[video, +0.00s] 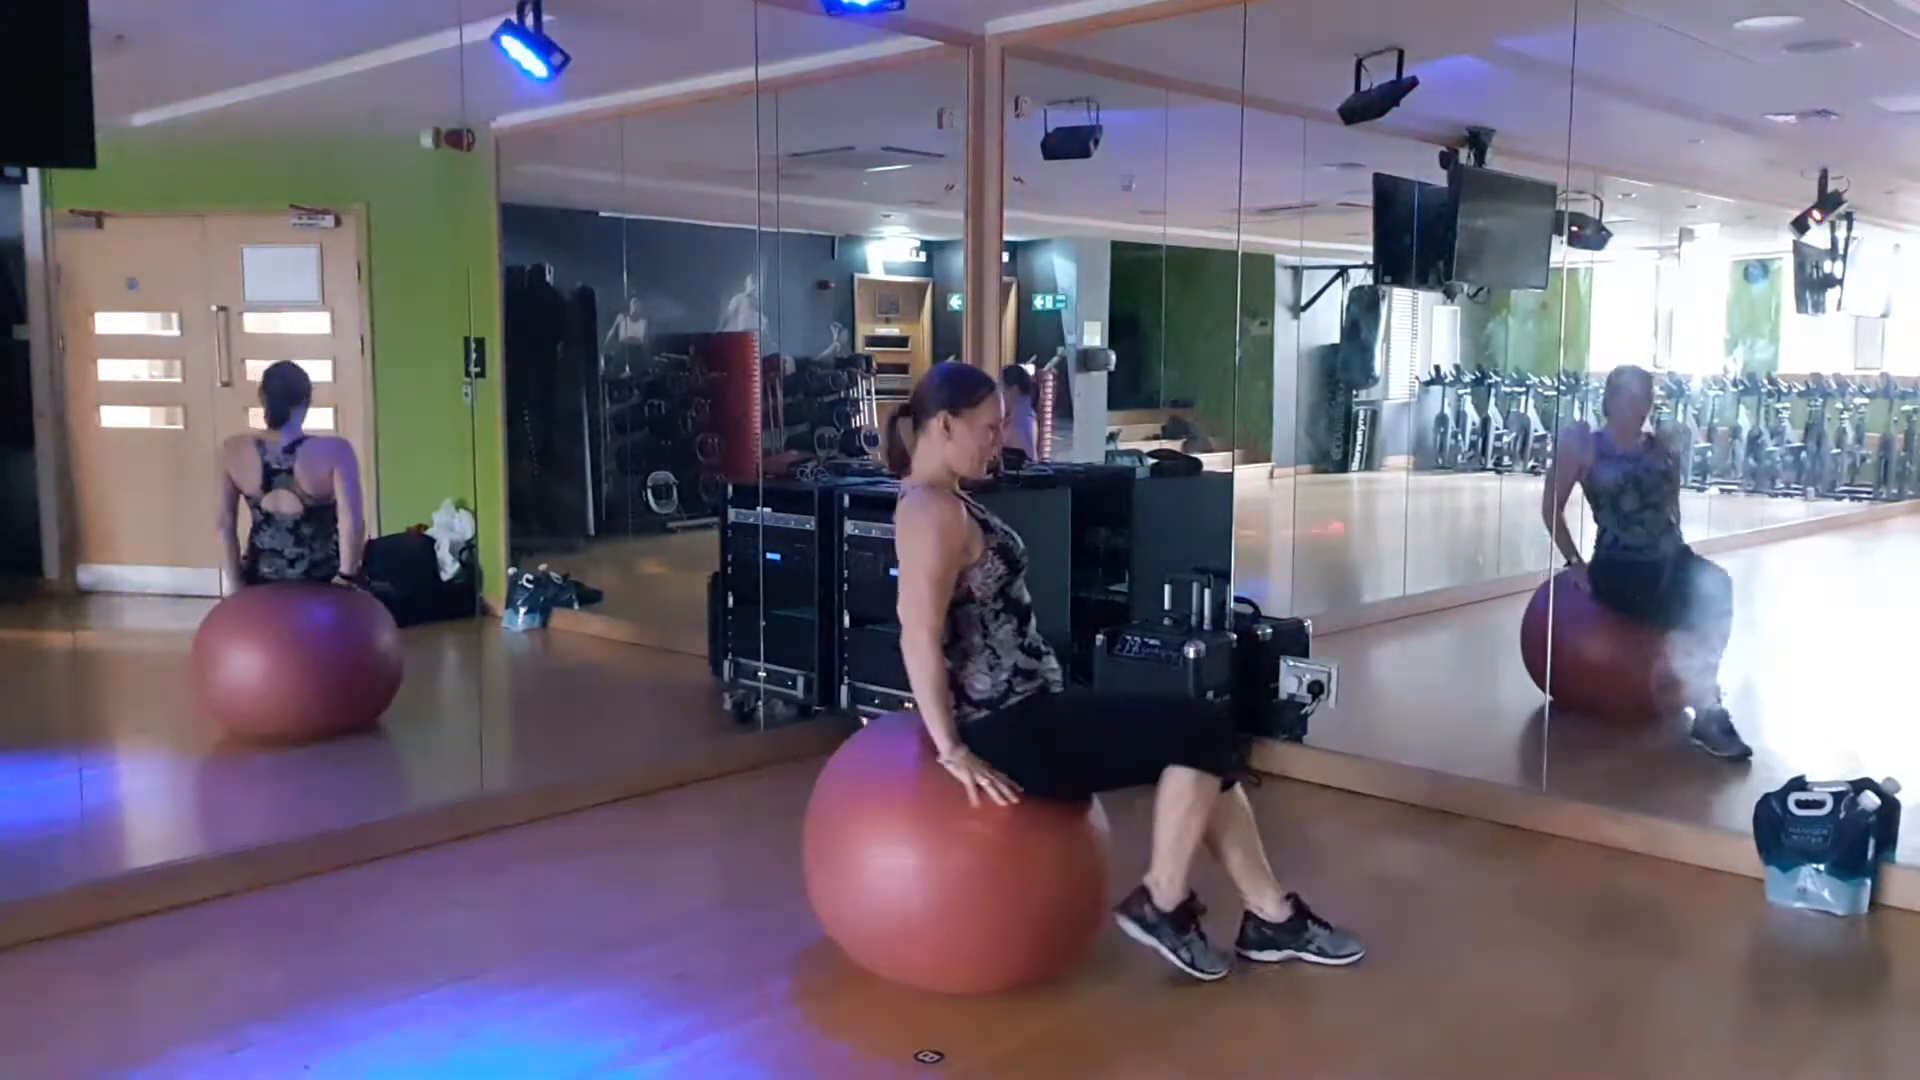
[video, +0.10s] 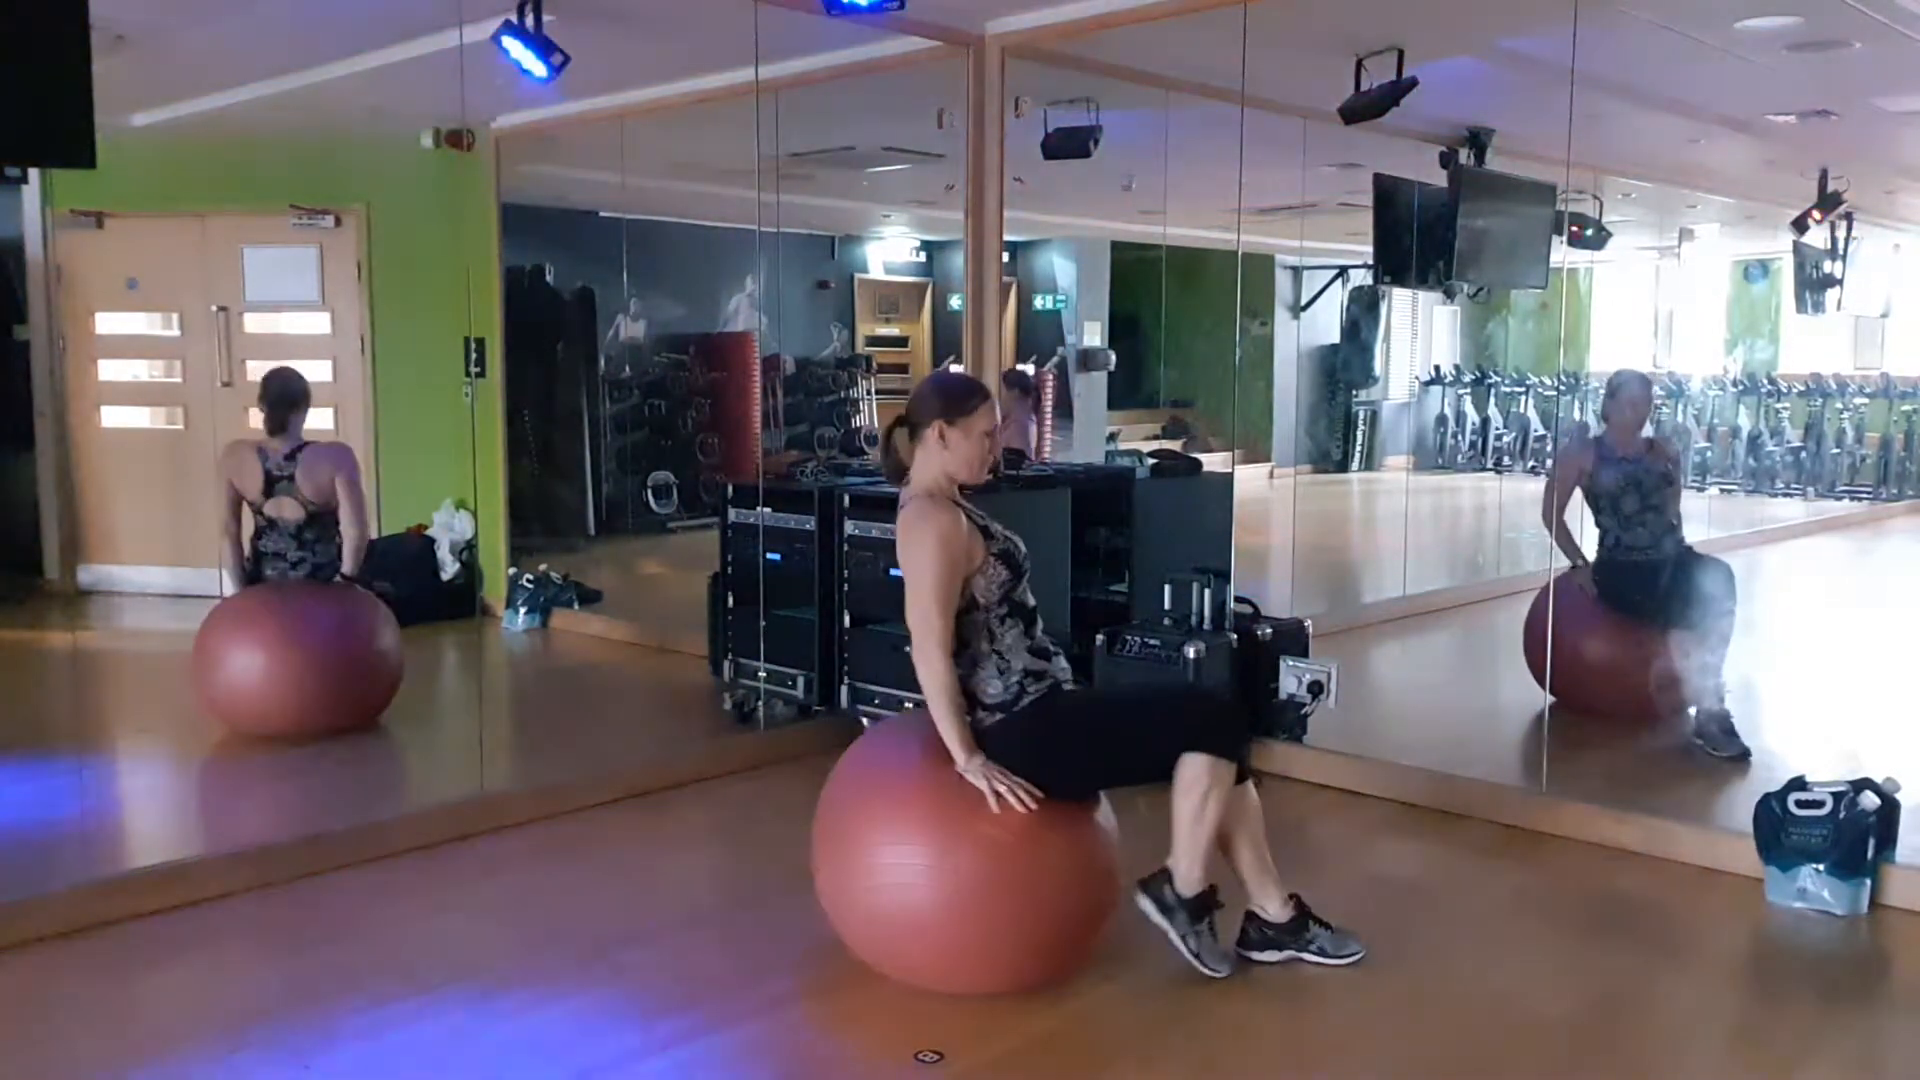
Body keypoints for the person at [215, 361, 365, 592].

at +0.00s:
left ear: (262, 398)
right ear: (307, 400)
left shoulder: (234, 450)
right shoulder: (335, 452)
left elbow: (225, 525)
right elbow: (352, 525)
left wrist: (235, 586)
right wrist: (346, 576)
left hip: (262, 582)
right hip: (321, 581)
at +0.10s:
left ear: (261, 406)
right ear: (306, 405)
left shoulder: (236, 456)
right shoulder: (336, 457)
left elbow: (229, 534)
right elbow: (355, 534)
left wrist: (242, 593)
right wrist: (344, 584)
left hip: (263, 588)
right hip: (321, 588)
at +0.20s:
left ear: (260, 413)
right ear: (306, 410)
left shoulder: (236, 463)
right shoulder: (337, 462)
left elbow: (231, 536)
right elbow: (358, 539)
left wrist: (242, 593)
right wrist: (343, 586)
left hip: (264, 590)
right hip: (323, 590)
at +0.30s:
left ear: (260, 419)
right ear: (306, 415)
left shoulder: (240, 468)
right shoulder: (339, 468)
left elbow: (234, 540)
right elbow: (360, 544)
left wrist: (240, 597)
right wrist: (337, 591)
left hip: (267, 596)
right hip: (324, 595)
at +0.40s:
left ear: (262, 422)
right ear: (307, 422)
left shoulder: (241, 470)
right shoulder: (340, 472)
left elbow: (235, 541)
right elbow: (361, 547)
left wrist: (242, 596)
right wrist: (338, 591)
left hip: (268, 597)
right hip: (325, 596)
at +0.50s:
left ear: (263, 428)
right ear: (308, 428)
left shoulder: (242, 475)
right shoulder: (341, 478)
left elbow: (237, 545)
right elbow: (362, 552)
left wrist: (247, 595)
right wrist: (340, 595)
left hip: (269, 601)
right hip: (326, 600)